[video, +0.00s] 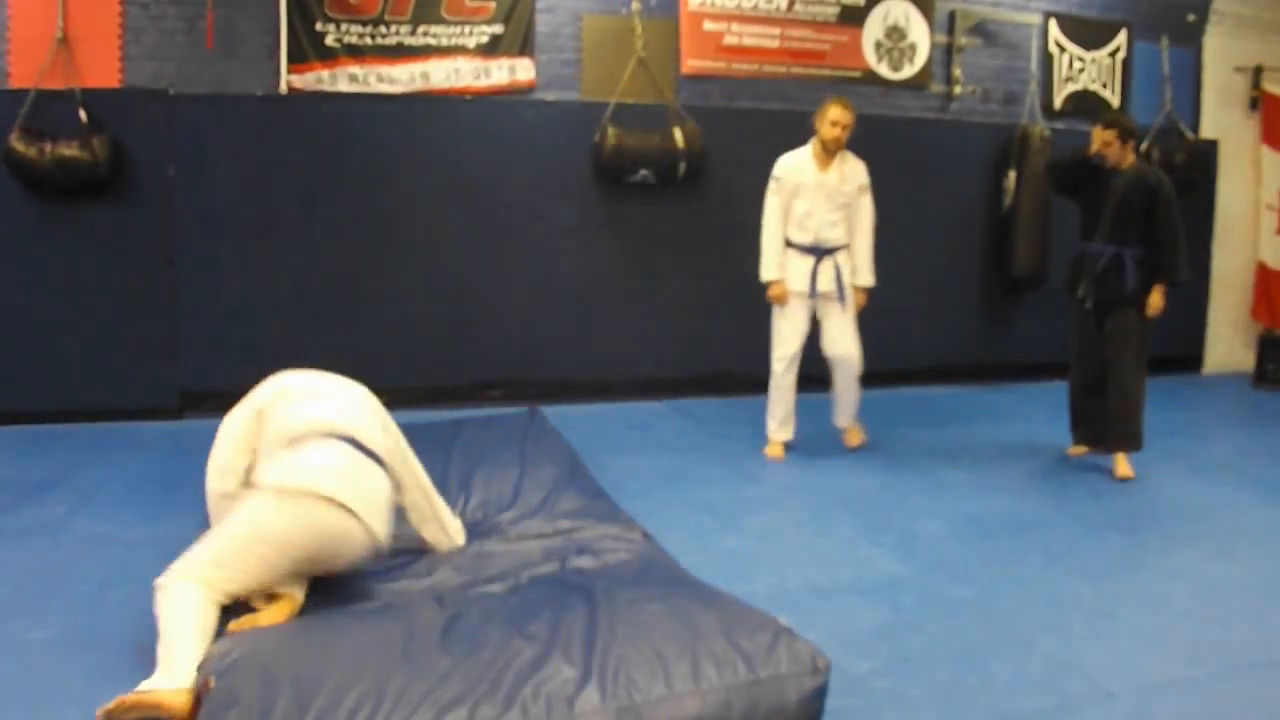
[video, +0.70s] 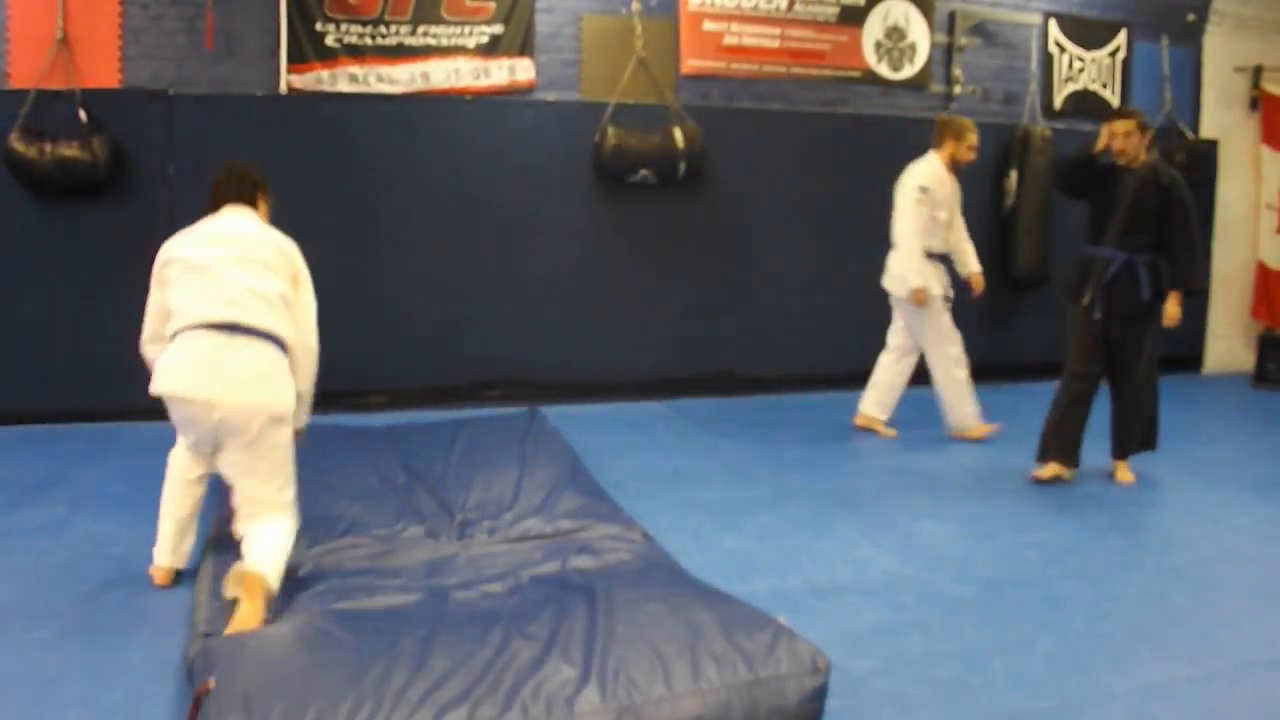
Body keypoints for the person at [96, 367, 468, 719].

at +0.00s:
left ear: (283, 381)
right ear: (343, 385)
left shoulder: (264, 396)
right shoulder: (369, 407)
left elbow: (223, 478)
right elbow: (414, 480)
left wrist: (234, 545)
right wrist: (451, 539)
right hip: (363, 525)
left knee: (187, 580)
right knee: (275, 544)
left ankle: (172, 679)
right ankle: (286, 595)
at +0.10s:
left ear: (279, 357)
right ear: (335, 363)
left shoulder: (259, 371)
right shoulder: (357, 388)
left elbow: (210, 427)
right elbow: (403, 469)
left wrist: (215, 479)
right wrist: (443, 529)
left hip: (248, 474)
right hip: (318, 494)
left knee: (163, 562)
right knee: (282, 563)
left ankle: (163, 655)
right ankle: (279, 596)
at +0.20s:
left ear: (285, 324)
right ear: (325, 336)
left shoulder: (254, 336)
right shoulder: (347, 371)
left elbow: (182, 389)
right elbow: (390, 453)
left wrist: (196, 455)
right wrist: (429, 520)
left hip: (226, 456)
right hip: (297, 485)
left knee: (138, 516)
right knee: (276, 559)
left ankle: (146, 606)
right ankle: (273, 596)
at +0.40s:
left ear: (243, 281)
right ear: (288, 294)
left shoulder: (215, 295)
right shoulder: (311, 334)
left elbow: (136, 355)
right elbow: (338, 431)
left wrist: (175, 405)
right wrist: (356, 511)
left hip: (187, 431)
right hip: (260, 454)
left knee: (164, 445)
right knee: (267, 551)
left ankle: (160, 564)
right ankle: (265, 601)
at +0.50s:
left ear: (230, 265)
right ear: (277, 274)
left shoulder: (195, 288)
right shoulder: (304, 319)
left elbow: (133, 355)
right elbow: (321, 412)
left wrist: (168, 409)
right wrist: (320, 487)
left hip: (184, 421)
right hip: (256, 439)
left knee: (171, 457)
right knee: (263, 545)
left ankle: (161, 563)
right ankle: (267, 601)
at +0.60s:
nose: (267, 245)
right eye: (266, 240)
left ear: (210, 234)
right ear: (260, 238)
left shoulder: (178, 267)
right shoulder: (287, 280)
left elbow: (138, 359)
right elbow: (306, 369)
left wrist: (171, 401)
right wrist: (287, 434)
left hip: (186, 394)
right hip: (259, 405)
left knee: (180, 460)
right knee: (260, 528)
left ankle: (164, 562)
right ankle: (269, 595)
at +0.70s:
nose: (270, 210)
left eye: (268, 204)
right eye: (269, 204)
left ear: (212, 203)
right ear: (261, 203)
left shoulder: (176, 246)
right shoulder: (285, 250)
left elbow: (153, 332)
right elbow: (305, 341)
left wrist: (169, 379)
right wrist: (298, 412)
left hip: (185, 362)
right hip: (259, 368)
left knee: (191, 451)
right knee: (268, 499)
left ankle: (166, 561)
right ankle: (258, 574)